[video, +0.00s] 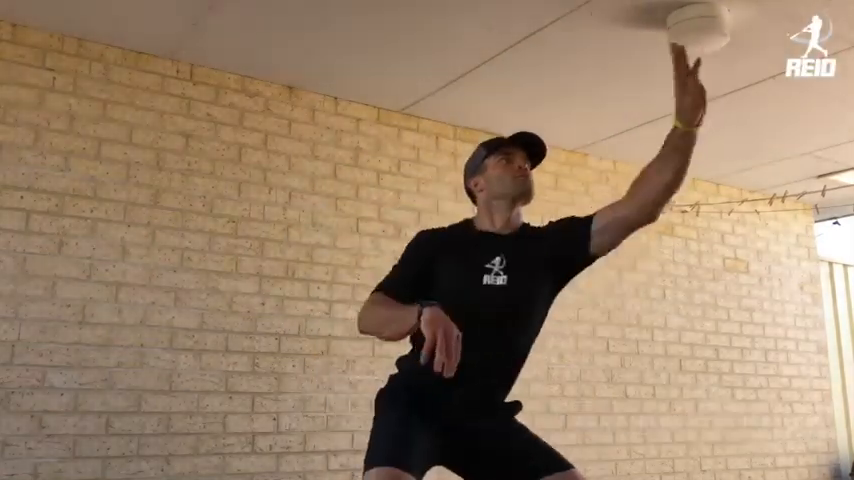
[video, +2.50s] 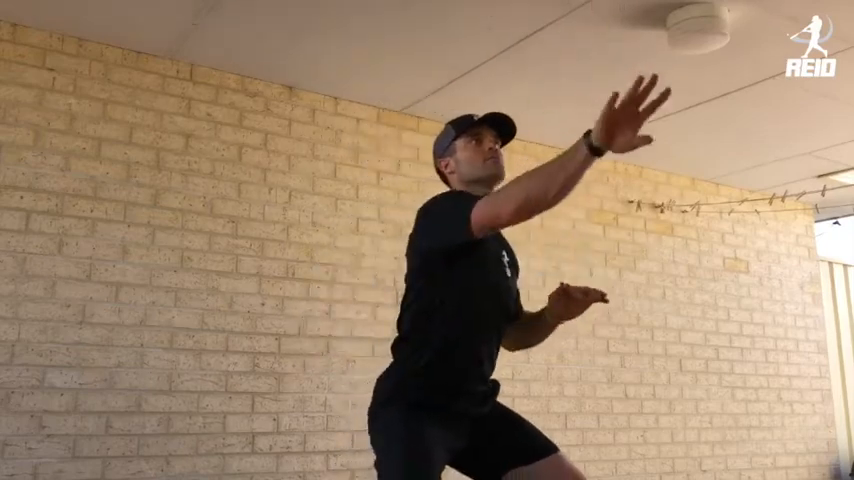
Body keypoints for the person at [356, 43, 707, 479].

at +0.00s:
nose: (523, 167)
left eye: (527, 163)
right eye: (506, 159)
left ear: (532, 182)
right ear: (476, 183)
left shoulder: (551, 248)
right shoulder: (433, 246)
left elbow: (637, 208)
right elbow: (371, 316)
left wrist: (687, 124)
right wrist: (422, 314)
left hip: (484, 418)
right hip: (415, 403)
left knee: (568, 476)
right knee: (387, 474)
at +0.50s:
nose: (532, 177)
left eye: (534, 171)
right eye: (514, 168)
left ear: (542, 182)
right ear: (483, 189)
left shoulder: (522, 272)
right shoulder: (478, 230)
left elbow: (527, 354)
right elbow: (555, 190)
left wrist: (582, 352)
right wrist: (641, 122)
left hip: (478, 423)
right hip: (417, 415)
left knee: (570, 475)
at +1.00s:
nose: (462, 145)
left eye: (466, 140)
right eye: (444, 140)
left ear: (475, 159)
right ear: (417, 167)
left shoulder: (503, 228)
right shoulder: (386, 244)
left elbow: (584, 190)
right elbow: (336, 333)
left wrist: (624, 117)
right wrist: (391, 309)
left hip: (470, 408)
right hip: (397, 403)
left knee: (553, 476)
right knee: (377, 477)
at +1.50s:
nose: (462, 175)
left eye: (464, 168)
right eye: (444, 169)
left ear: (472, 182)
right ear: (415, 197)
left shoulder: (477, 265)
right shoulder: (411, 257)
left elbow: (501, 328)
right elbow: (482, 241)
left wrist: (540, 324)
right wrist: (568, 156)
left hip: (461, 436)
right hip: (396, 439)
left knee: (557, 476)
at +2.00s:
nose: (406, 136)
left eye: (411, 131)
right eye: (387, 131)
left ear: (422, 152)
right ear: (362, 162)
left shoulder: (460, 209)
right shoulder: (343, 247)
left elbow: (530, 158)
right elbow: (307, 354)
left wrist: (581, 75)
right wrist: (340, 317)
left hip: (454, 404)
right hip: (379, 405)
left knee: (543, 475)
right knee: (360, 475)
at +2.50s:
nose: (493, 146)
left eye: (497, 141)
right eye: (474, 140)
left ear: (502, 160)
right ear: (447, 165)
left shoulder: (501, 252)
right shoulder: (438, 215)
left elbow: (512, 335)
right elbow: (515, 205)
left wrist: (552, 314)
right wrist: (596, 144)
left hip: (472, 406)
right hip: (412, 406)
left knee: (563, 476)